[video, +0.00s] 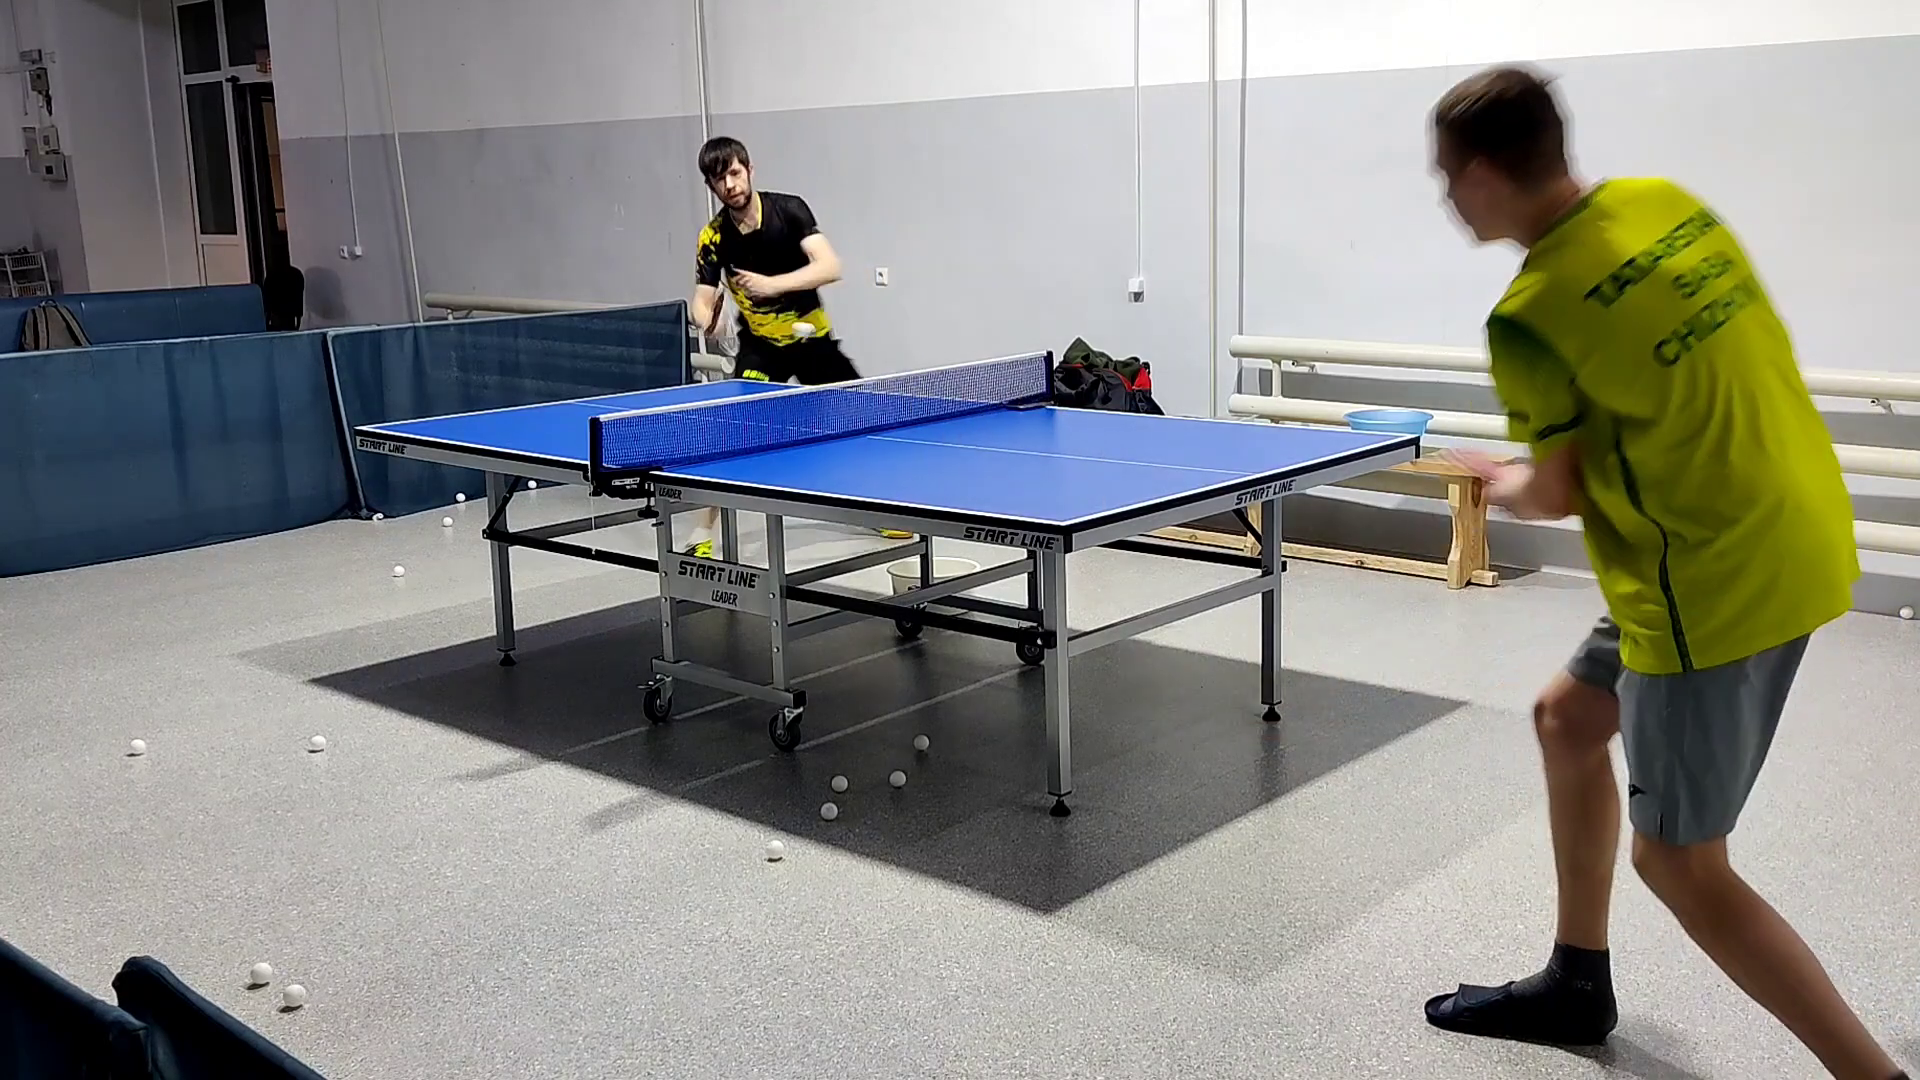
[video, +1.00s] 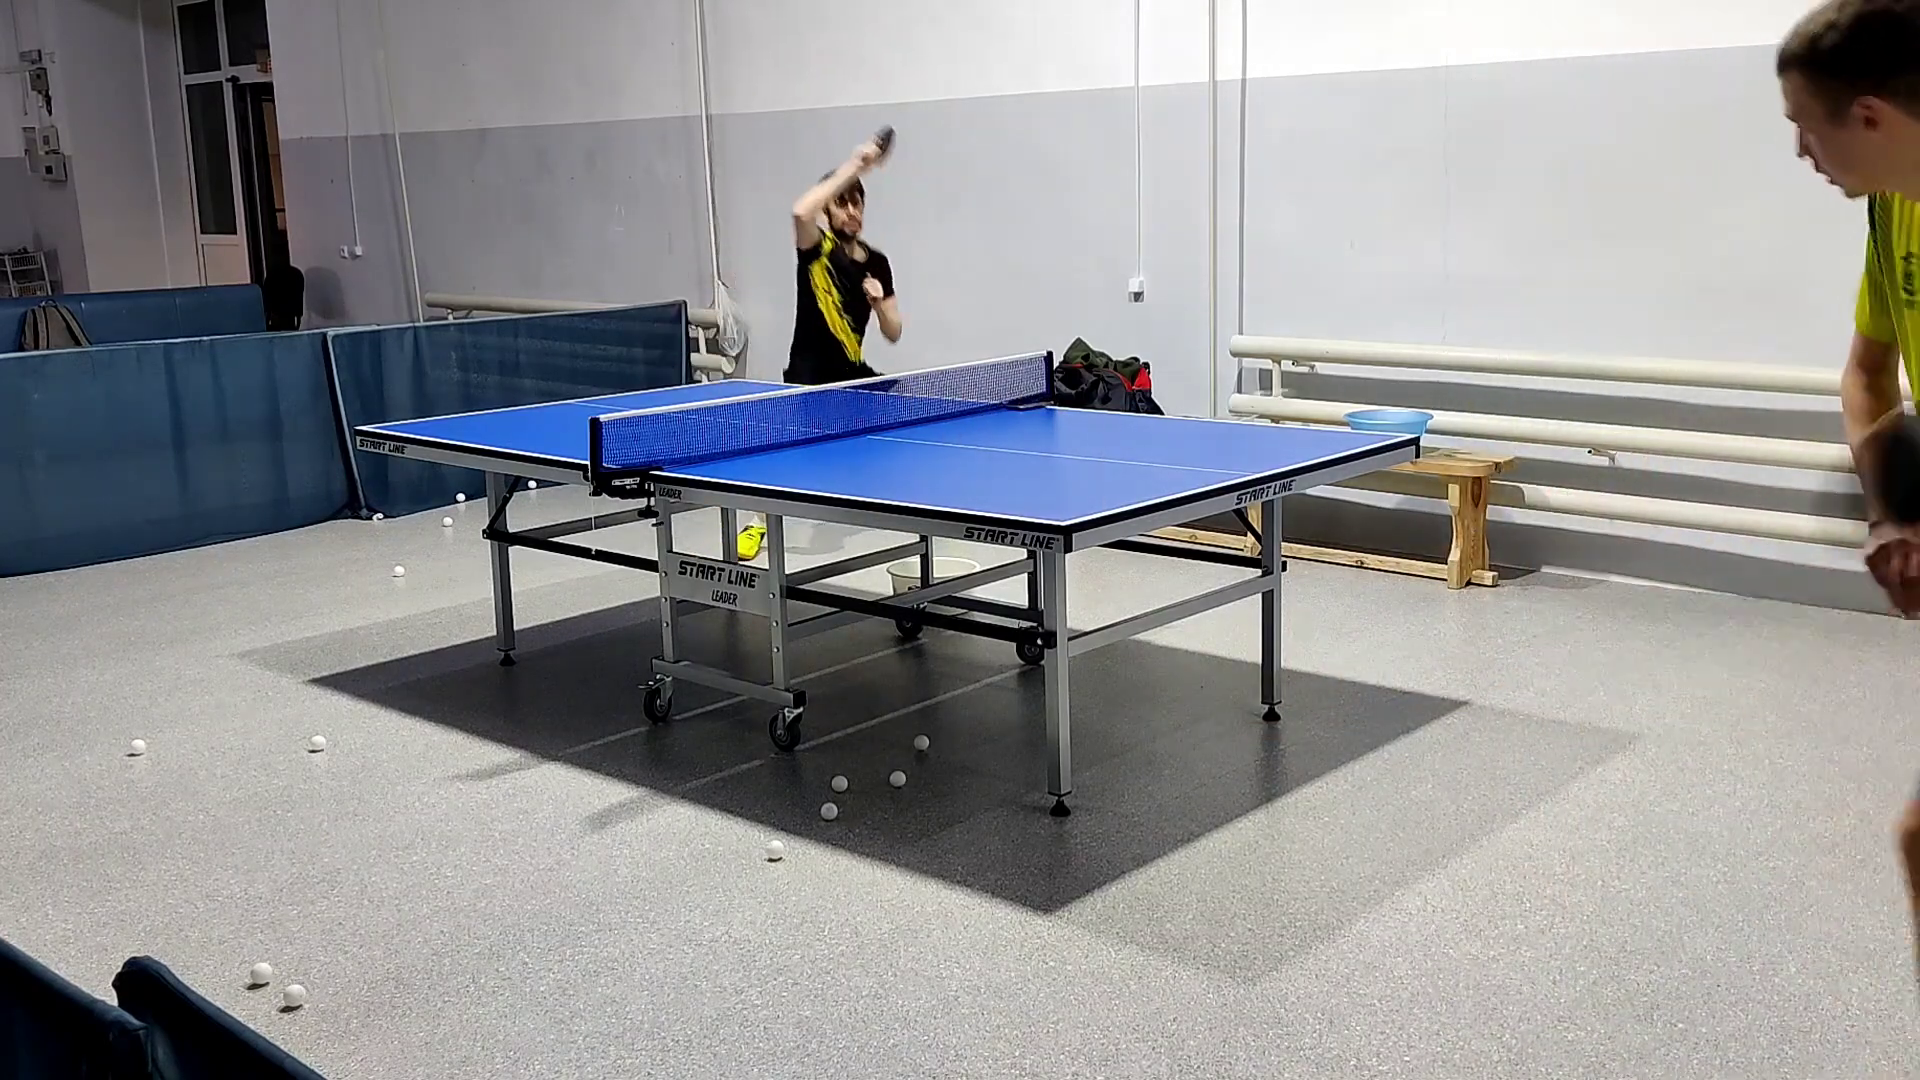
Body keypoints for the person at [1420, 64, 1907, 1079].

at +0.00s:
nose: (1448, 199)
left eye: (1451, 178)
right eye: (1443, 179)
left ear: (1497, 171)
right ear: (1550, 155)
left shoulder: (1532, 312)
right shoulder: (1662, 198)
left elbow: (1557, 496)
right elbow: (1712, 381)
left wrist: (1500, 485)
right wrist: (1577, 463)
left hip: (1713, 596)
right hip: (1796, 535)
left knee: (1677, 862)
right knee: (1569, 718)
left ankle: (1874, 1070)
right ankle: (1577, 981)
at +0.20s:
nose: (1569, 156)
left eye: (1573, 131)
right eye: (1568, 133)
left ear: (1618, 125)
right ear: (1680, 116)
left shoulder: (1643, 272)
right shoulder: (1802, 196)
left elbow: (1651, 515)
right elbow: (1824, 402)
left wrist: (1623, 534)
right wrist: (1663, 510)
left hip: (1757, 599)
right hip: (1867, 563)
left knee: (1703, 871)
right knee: (1619, 736)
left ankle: (1879, 1075)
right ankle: (1578, 984)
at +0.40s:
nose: (1677, 139)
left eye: (1680, 115)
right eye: (1676, 116)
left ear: (1721, 114)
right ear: (1802, 103)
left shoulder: (1755, 270)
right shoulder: (1909, 194)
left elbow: (1725, 517)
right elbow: (1896, 439)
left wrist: (1645, 567)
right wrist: (1797, 573)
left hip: (1848, 628)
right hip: (1916, 603)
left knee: (1755, 884)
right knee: (1727, 745)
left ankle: (1888, 1073)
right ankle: (1646, 982)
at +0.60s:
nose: (1732, 98)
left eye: (1734, 72)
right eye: (1729, 72)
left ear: (1780, 78)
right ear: (1871, 58)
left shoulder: (1842, 238)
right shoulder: (1915, 172)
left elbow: (1820, 498)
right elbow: (1904, 411)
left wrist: (1681, 568)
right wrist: (1839, 522)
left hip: (1892, 617)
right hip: (1903, 593)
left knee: (1811, 858)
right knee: (1898, 831)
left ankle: (1901, 1064)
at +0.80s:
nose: (1769, 147)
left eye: (1768, 119)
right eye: (1763, 121)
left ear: (1820, 112)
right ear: (1838, 110)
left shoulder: (1912, 262)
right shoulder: (1900, 244)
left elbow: (1916, 531)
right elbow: (1893, 418)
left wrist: (1747, 635)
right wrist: (1864, 507)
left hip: (1918, 657)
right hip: (1908, 647)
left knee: (1838, 847)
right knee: (1843, 846)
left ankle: (1903, 1064)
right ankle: (1900, 1059)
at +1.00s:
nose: (1801, 152)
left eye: (1805, 128)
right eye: (1796, 130)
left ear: (1870, 117)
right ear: (1871, 118)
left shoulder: (1901, 208)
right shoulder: (1890, 205)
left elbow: (1870, 374)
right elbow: (1868, 367)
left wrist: (1895, 517)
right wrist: (1888, 517)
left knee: (1917, 834)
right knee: (1917, 834)